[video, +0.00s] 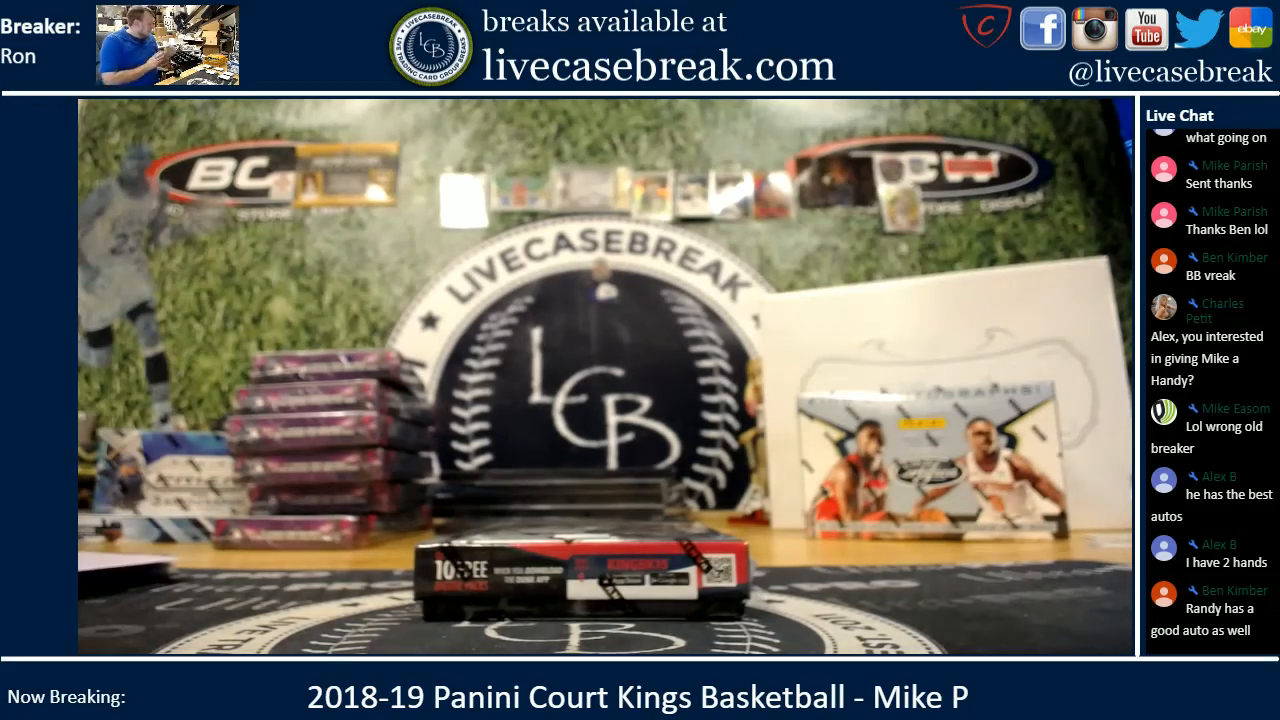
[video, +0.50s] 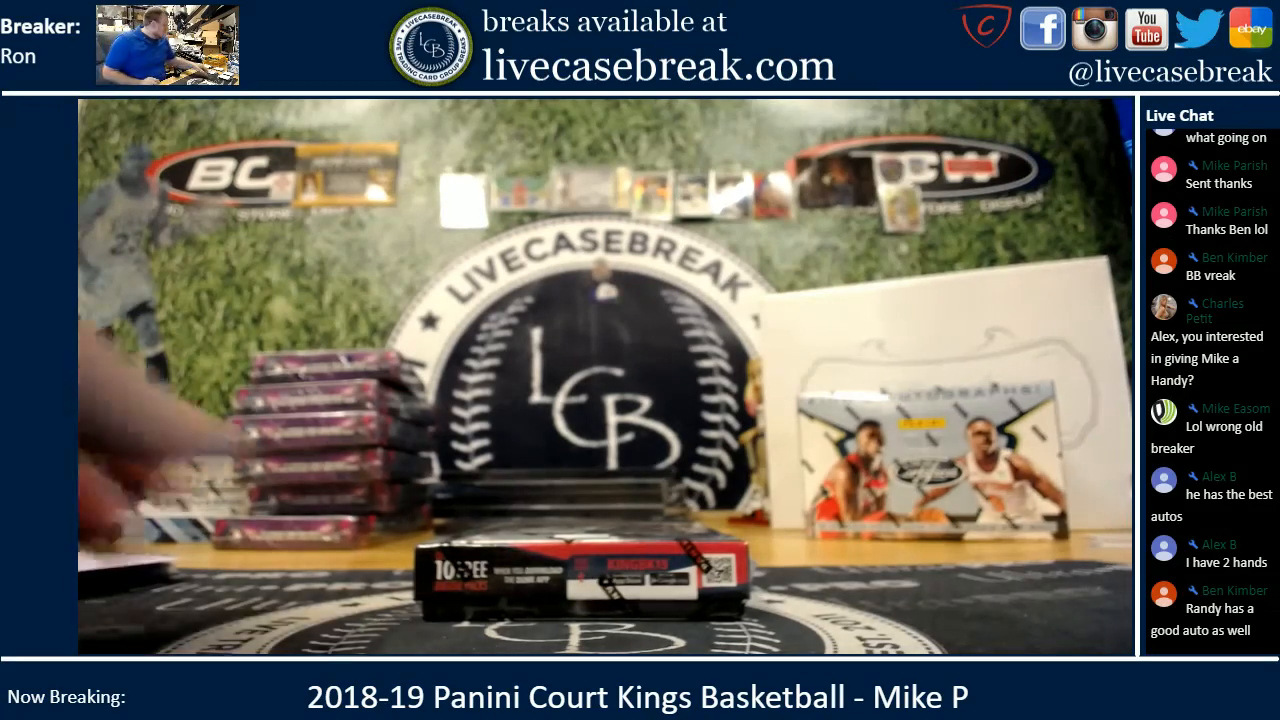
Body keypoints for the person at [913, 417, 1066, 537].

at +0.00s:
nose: (986, 438)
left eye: (989, 434)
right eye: (979, 434)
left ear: (995, 437)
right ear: (969, 438)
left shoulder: (1013, 462)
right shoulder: (964, 465)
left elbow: (1038, 482)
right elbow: (946, 485)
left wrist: (1062, 503)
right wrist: (923, 501)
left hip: (1026, 519)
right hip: (990, 521)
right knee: (969, 546)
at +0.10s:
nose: (986, 438)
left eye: (989, 433)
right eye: (979, 434)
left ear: (995, 436)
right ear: (969, 438)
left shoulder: (1014, 462)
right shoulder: (964, 464)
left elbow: (1038, 482)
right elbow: (946, 485)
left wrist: (1062, 503)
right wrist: (923, 501)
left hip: (1025, 519)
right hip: (990, 520)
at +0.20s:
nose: (986, 438)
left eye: (989, 433)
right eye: (979, 434)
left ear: (995, 436)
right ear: (969, 438)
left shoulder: (1014, 462)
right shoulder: (964, 464)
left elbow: (1038, 481)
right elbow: (946, 485)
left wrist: (1062, 502)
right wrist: (923, 501)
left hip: (1026, 519)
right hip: (990, 520)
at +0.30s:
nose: (985, 439)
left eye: (989, 434)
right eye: (979, 434)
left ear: (995, 437)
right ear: (969, 439)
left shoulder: (1014, 462)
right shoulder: (964, 464)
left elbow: (1038, 482)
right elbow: (945, 485)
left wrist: (1062, 503)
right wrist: (922, 502)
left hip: (1026, 518)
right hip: (991, 520)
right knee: (970, 545)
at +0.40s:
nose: (985, 439)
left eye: (989, 434)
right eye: (979, 434)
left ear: (995, 437)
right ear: (969, 439)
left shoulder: (1014, 462)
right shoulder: (964, 465)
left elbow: (1038, 482)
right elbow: (945, 485)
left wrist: (1062, 503)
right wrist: (923, 502)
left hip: (1026, 518)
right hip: (991, 519)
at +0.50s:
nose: (985, 438)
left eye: (988, 434)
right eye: (979, 434)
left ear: (995, 437)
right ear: (969, 439)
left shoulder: (1014, 463)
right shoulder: (964, 464)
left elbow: (1039, 482)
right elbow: (945, 485)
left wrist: (1063, 503)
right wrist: (922, 502)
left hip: (1025, 519)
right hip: (990, 520)